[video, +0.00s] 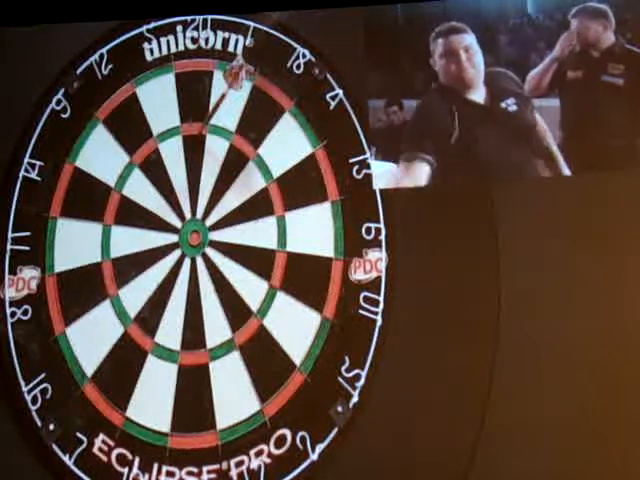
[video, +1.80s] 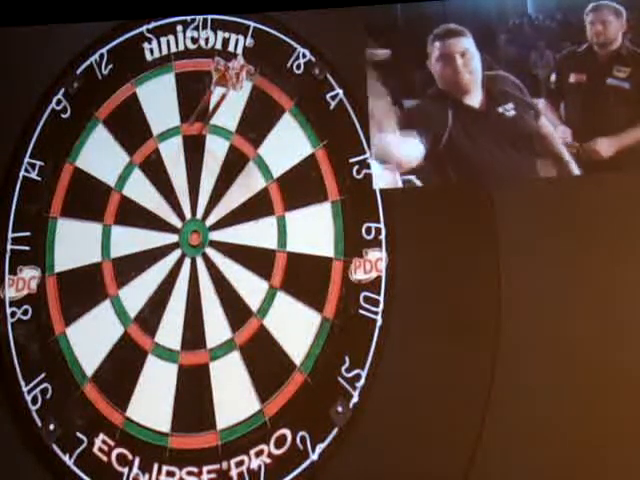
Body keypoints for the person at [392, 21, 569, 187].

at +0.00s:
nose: (463, 61)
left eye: (468, 50)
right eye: (450, 55)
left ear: (480, 53)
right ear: (434, 65)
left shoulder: (503, 82)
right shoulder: (433, 109)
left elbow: (538, 134)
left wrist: (566, 179)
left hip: (529, 204)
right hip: (467, 213)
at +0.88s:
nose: (463, 57)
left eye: (470, 48)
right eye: (451, 51)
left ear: (483, 51)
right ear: (436, 59)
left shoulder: (507, 81)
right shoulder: (430, 107)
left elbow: (545, 131)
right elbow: (404, 173)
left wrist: (567, 180)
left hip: (530, 203)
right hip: (468, 215)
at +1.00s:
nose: (462, 57)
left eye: (469, 48)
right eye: (451, 51)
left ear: (482, 52)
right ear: (437, 59)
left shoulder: (508, 81)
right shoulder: (433, 103)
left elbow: (545, 130)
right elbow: (408, 147)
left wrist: (569, 177)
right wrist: (384, 160)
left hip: (529, 201)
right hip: (470, 213)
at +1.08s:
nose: (461, 57)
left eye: (468, 48)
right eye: (449, 51)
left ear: (481, 52)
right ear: (435, 60)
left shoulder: (506, 81)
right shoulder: (433, 104)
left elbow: (545, 129)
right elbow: (392, 154)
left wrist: (569, 177)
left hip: (530, 203)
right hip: (472, 215)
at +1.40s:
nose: (457, 58)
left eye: (464, 49)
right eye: (446, 52)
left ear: (477, 52)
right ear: (432, 61)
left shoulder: (503, 81)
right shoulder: (432, 102)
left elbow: (543, 128)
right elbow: (399, 151)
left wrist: (568, 177)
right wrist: (404, 79)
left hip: (530, 200)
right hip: (473, 210)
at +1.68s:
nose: (458, 64)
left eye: (464, 53)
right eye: (446, 57)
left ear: (477, 56)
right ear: (431, 67)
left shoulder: (503, 83)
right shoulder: (435, 107)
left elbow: (542, 130)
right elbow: (402, 161)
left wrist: (568, 177)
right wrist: (416, 90)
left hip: (533, 202)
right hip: (474, 213)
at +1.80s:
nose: (458, 66)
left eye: (465, 55)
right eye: (445, 59)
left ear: (479, 58)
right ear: (431, 68)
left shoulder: (504, 86)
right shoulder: (432, 110)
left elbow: (540, 129)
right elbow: (415, 143)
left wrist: (571, 168)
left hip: (529, 199)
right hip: (471, 210)